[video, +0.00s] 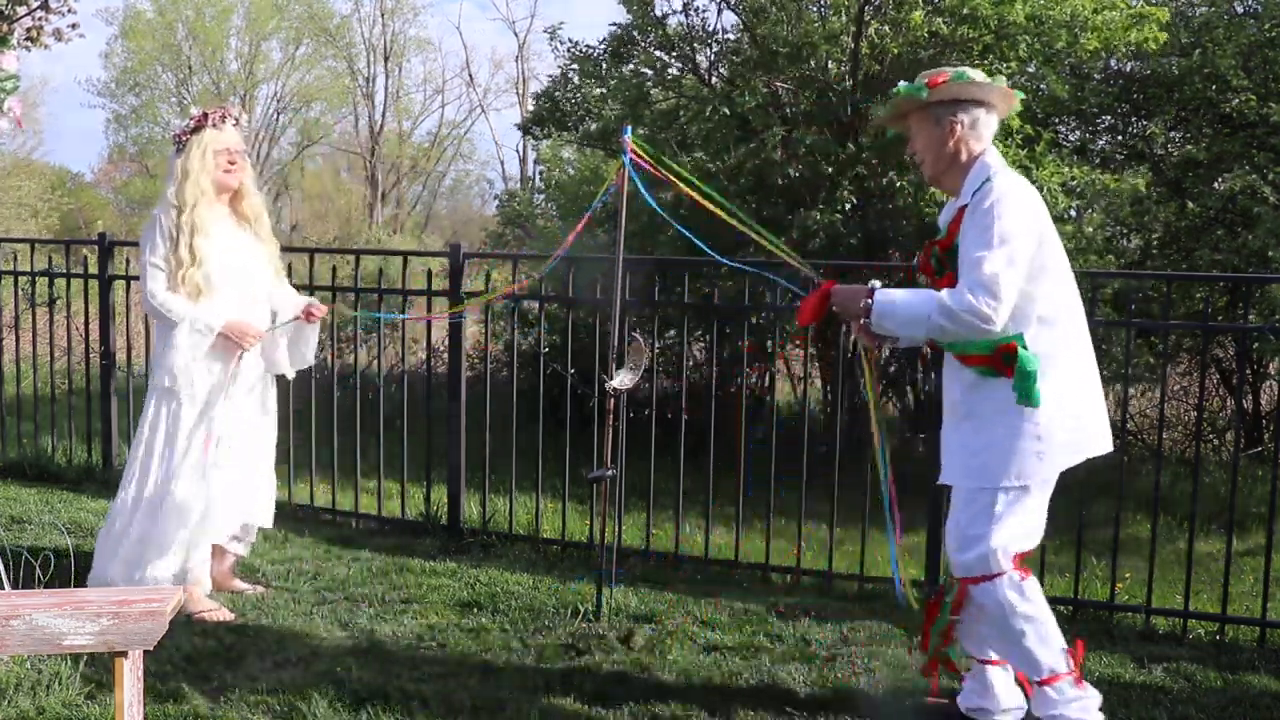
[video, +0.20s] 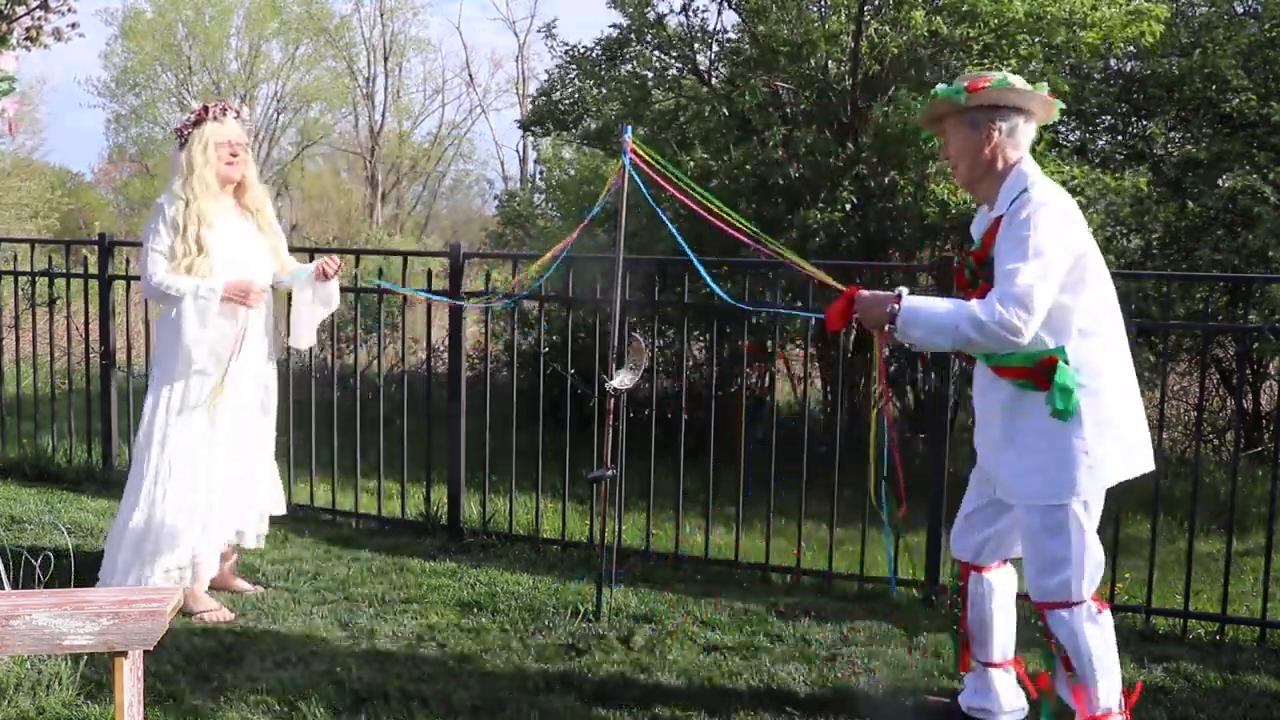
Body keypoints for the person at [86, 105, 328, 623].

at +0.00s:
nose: (234, 160)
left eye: (240, 153)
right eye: (222, 152)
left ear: (248, 162)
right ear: (196, 160)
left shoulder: (250, 222)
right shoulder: (171, 218)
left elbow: (270, 286)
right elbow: (155, 294)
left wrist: (297, 306)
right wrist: (220, 323)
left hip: (248, 365)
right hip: (195, 367)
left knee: (242, 464)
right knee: (194, 470)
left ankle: (222, 570)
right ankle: (192, 587)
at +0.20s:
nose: (234, 153)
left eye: (241, 145)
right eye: (222, 146)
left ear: (250, 153)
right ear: (198, 155)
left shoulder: (255, 209)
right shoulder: (177, 207)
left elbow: (273, 272)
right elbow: (156, 280)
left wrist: (313, 273)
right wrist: (219, 288)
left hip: (248, 361)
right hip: (193, 361)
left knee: (240, 456)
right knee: (195, 464)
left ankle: (222, 567)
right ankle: (190, 587)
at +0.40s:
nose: (229, 161)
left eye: (236, 152)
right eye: (217, 153)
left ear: (243, 159)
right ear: (193, 160)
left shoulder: (250, 218)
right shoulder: (170, 216)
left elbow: (273, 279)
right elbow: (156, 288)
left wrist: (315, 279)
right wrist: (217, 303)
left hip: (246, 362)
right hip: (191, 364)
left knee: (236, 462)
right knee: (187, 467)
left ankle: (221, 569)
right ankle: (180, 584)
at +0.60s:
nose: (223, 159)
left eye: (230, 151)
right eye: (212, 151)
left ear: (237, 158)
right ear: (185, 158)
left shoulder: (242, 213)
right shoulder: (164, 212)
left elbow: (271, 282)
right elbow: (151, 287)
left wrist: (319, 287)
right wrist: (219, 306)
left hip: (243, 361)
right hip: (190, 363)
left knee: (236, 463)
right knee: (189, 467)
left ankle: (221, 570)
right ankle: (178, 584)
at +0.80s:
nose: (225, 163)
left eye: (230, 156)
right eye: (214, 155)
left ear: (236, 164)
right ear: (187, 162)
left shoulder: (238, 223)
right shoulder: (163, 219)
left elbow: (258, 289)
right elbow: (174, 290)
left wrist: (300, 297)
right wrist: (250, 315)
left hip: (236, 365)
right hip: (186, 369)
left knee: (232, 465)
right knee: (187, 469)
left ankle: (221, 568)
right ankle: (178, 583)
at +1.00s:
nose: (229, 163)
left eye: (233, 154)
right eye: (218, 154)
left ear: (238, 161)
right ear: (189, 160)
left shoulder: (237, 221)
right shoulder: (170, 216)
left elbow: (256, 304)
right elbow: (212, 280)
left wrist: (303, 300)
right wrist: (295, 289)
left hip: (235, 363)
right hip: (189, 363)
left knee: (234, 463)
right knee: (191, 468)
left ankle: (224, 569)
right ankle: (180, 586)